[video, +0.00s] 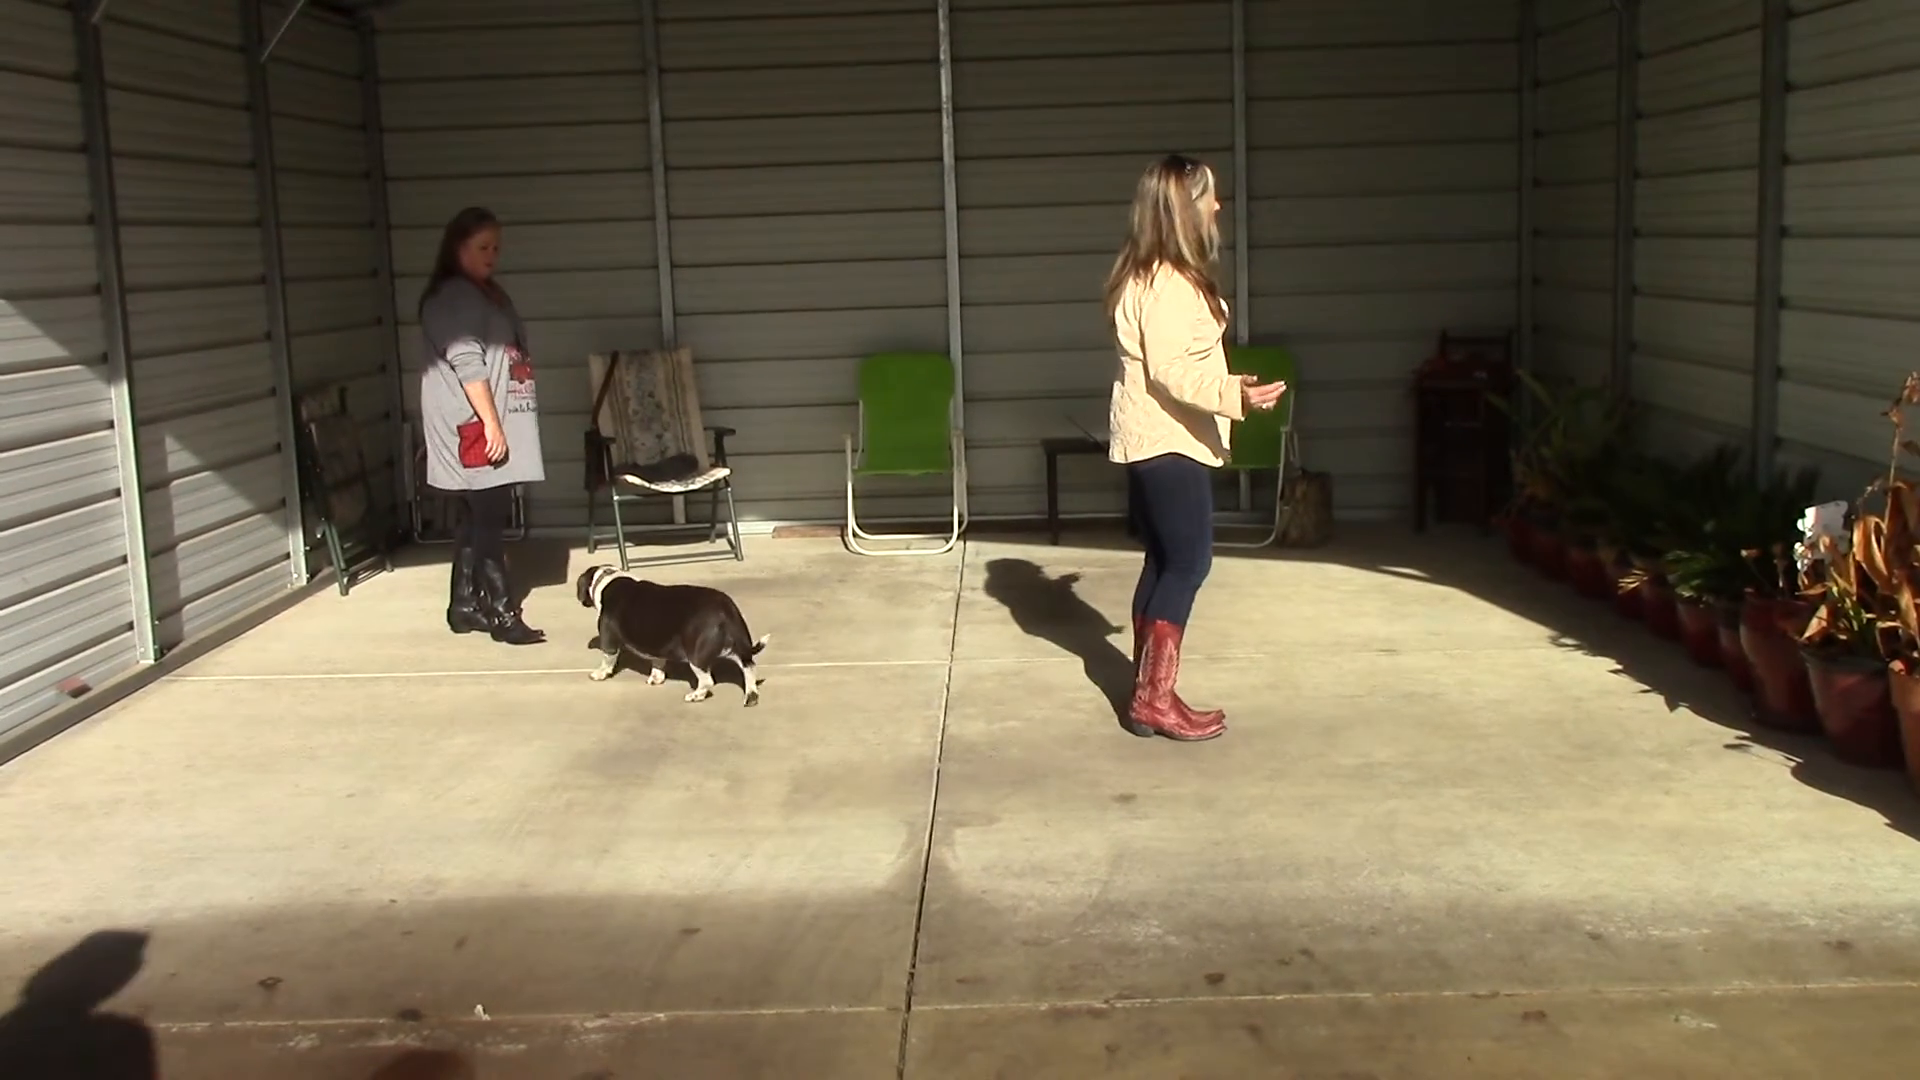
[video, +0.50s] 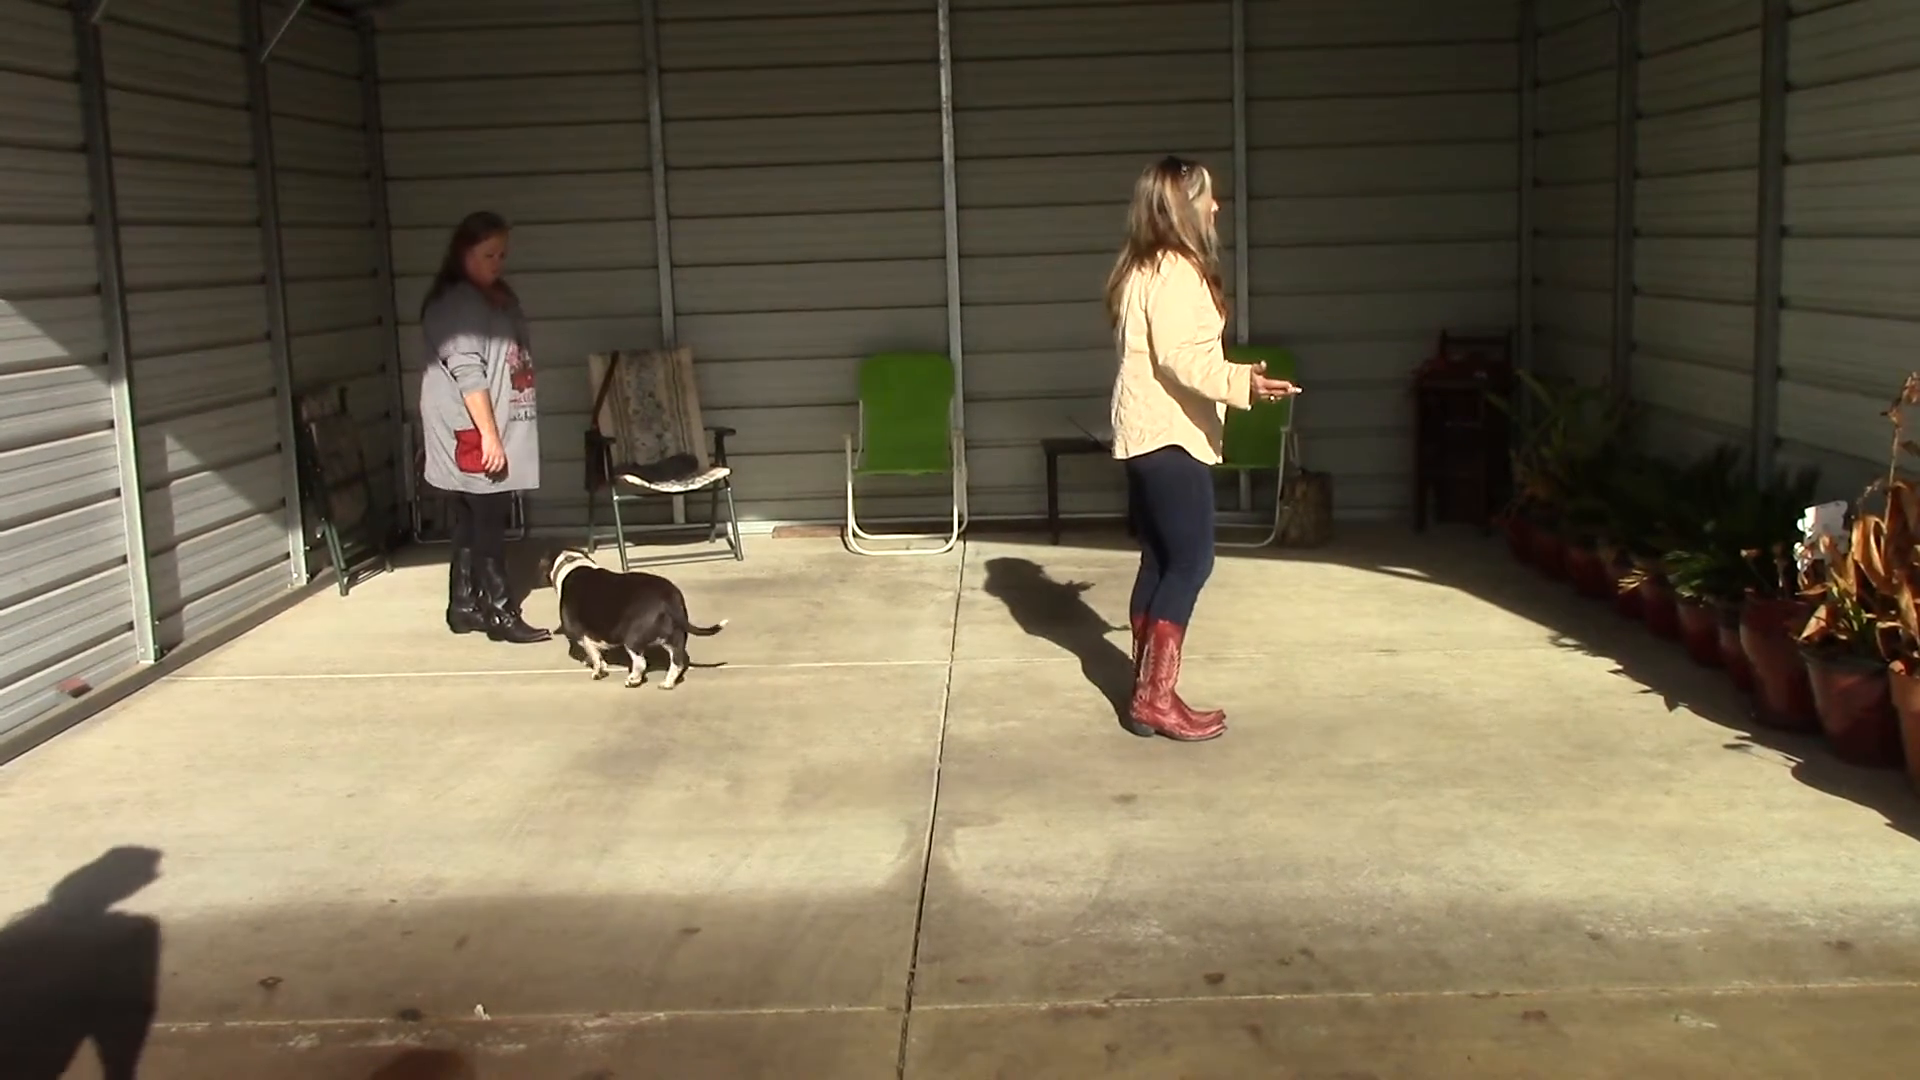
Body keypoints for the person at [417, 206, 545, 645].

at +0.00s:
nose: (492, 255)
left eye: (495, 247)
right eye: (483, 247)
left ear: (496, 249)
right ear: (458, 249)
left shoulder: (487, 294)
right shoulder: (451, 298)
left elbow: (495, 360)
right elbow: (467, 366)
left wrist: (508, 421)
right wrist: (491, 423)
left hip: (485, 420)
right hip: (469, 423)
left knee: (478, 510)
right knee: (490, 510)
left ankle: (464, 602)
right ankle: (500, 611)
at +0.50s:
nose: (497, 265)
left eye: (501, 256)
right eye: (489, 256)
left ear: (503, 256)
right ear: (465, 255)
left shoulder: (497, 300)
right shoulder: (455, 305)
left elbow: (502, 367)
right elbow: (468, 377)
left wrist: (509, 429)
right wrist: (489, 435)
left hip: (485, 429)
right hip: (469, 432)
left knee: (471, 515)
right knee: (489, 517)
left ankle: (464, 604)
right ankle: (497, 610)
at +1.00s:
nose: (543, 318)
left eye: (548, 311)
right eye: (536, 310)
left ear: (552, 307)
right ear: (513, 302)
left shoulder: (531, 338)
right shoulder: (496, 342)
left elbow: (528, 403)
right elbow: (497, 418)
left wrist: (515, 454)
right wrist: (518, 484)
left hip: (477, 420)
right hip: (444, 421)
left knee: (482, 506)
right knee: (491, 506)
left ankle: (465, 603)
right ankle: (501, 611)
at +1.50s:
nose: (567, 358)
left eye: (573, 351)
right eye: (560, 349)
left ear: (581, 344)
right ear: (540, 336)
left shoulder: (541, 364)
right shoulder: (519, 374)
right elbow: (511, 448)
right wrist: (527, 514)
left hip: (463, 417)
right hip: (444, 419)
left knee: (482, 506)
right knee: (494, 507)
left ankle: (464, 605)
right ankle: (501, 611)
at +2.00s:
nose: (569, 353)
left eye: (575, 346)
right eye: (563, 344)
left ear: (581, 340)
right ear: (542, 332)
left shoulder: (540, 362)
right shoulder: (521, 371)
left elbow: (534, 429)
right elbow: (514, 443)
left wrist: (517, 483)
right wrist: (527, 509)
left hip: (461, 417)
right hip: (445, 419)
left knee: (483, 506)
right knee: (495, 508)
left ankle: (464, 606)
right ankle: (500, 612)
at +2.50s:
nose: (576, 349)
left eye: (581, 342)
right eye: (571, 341)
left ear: (585, 335)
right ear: (549, 330)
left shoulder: (533, 352)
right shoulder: (526, 368)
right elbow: (510, 441)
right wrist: (515, 508)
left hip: (453, 411)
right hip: (445, 416)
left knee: (480, 507)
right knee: (494, 508)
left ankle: (464, 604)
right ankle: (502, 611)